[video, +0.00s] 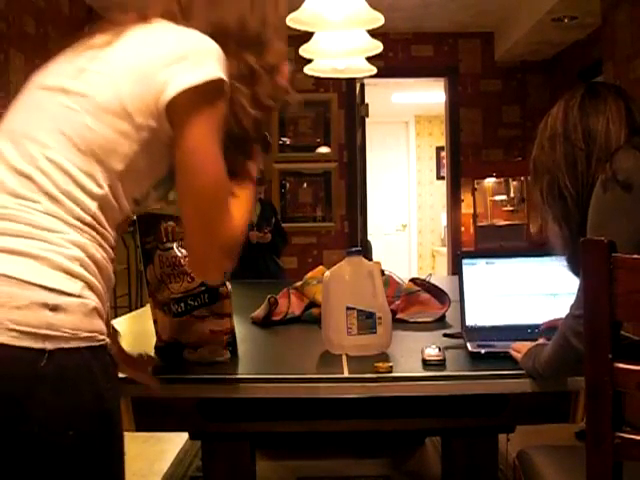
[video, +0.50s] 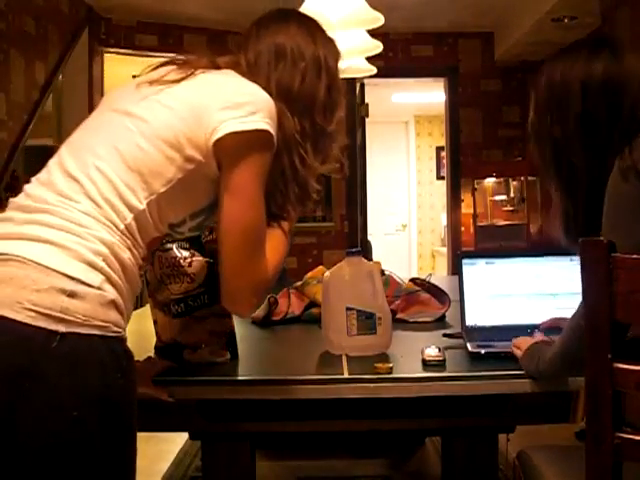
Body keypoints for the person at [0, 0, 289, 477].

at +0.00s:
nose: (283, 66)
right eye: (277, 31)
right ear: (245, 25)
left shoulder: (90, 50)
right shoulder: (187, 49)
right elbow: (211, 261)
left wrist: (119, 356)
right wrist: (245, 176)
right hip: (45, 339)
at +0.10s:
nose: (285, 61)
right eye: (284, 41)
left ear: (205, 16)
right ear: (261, 36)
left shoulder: (114, 64)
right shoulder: (208, 68)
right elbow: (224, 274)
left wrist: (117, 364)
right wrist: (257, 205)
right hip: (47, 334)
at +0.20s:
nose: (295, 89)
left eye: (299, 73)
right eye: (297, 72)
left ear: (224, 33)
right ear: (280, 62)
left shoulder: (124, 70)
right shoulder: (224, 83)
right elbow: (231, 284)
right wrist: (271, 200)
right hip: (50, 329)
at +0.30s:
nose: (298, 103)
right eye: (303, 87)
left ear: (234, 42)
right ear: (288, 71)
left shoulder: (139, 73)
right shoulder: (234, 92)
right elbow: (235, 290)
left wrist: (117, 371)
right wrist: (275, 210)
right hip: (55, 329)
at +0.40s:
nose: (312, 100)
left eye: (319, 84)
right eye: (314, 84)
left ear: (243, 48)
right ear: (298, 74)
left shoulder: (154, 73)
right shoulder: (242, 97)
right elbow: (239, 294)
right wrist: (277, 223)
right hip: (58, 327)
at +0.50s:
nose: (315, 109)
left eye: (323, 94)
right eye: (319, 93)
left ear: (252, 52)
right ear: (304, 81)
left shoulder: (159, 78)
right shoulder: (246, 100)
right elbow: (242, 296)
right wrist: (286, 213)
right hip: (60, 326)